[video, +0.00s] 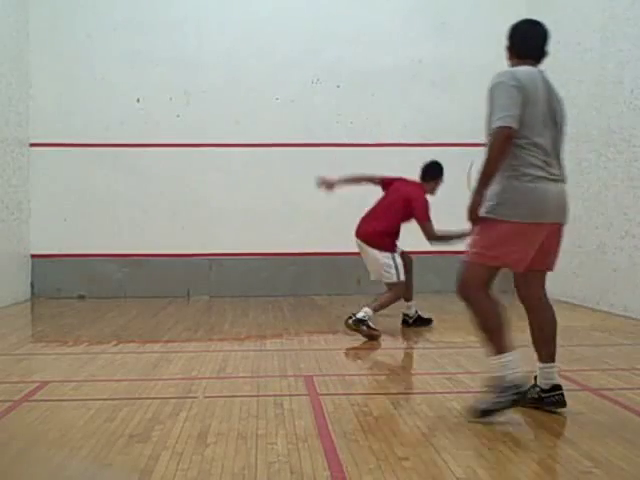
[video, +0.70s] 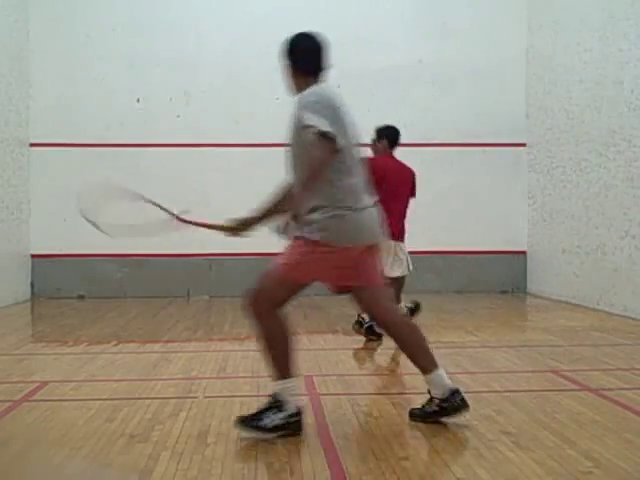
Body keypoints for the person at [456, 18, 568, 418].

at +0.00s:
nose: (506, 52)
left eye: (507, 46)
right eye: (512, 46)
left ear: (511, 48)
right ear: (542, 52)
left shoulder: (509, 80)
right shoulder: (551, 90)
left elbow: (505, 135)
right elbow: (551, 152)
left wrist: (477, 194)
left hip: (516, 201)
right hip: (553, 202)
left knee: (471, 285)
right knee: (531, 289)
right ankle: (548, 383)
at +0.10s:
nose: (486, 56)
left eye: (487, 50)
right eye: (492, 51)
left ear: (488, 53)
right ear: (522, 56)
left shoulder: (484, 85)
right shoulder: (532, 96)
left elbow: (479, 138)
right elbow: (533, 155)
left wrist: (459, 197)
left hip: (497, 204)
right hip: (537, 205)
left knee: (451, 288)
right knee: (527, 293)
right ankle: (546, 386)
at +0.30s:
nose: (428, 60)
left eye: (430, 55)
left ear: (430, 60)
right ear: (463, 61)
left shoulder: (424, 99)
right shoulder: (475, 103)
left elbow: (421, 156)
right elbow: (479, 159)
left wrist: (406, 215)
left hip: (441, 219)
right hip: (484, 217)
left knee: (396, 296)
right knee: (495, 295)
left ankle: (402, 392)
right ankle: (538, 379)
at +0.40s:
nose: (396, 56)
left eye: (396, 50)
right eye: (410, 49)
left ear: (396, 54)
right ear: (430, 55)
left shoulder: (389, 92)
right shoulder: (442, 97)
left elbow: (393, 140)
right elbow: (460, 160)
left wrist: (383, 199)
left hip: (407, 213)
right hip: (450, 210)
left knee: (386, 300)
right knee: (454, 290)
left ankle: (401, 392)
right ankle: (500, 366)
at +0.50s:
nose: (363, 43)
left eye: (363, 37)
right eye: (374, 36)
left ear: (364, 40)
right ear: (397, 41)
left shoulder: (367, 75)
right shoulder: (407, 80)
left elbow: (377, 123)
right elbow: (423, 148)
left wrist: (363, 197)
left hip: (388, 198)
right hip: (422, 195)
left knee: (365, 288)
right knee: (407, 286)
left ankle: (390, 383)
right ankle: (456, 370)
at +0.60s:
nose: (324, 53)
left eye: (325, 46)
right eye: (327, 46)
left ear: (330, 48)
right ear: (360, 46)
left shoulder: (347, 84)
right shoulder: (369, 83)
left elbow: (356, 153)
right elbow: (375, 159)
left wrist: (338, 215)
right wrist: (328, 214)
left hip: (367, 214)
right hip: (392, 211)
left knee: (314, 290)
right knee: (385, 298)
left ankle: (348, 387)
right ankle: (442, 388)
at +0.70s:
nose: (285, 72)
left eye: (286, 64)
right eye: (288, 64)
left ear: (291, 66)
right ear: (321, 65)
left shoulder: (312, 102)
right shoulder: (331, 102)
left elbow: (325, 152)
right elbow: (302, 181)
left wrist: (295, 199)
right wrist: (252, 219)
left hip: (333, 231)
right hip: (362, 227)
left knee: (262, 301)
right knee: (384, 311)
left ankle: (287, 406)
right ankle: (445, 392)